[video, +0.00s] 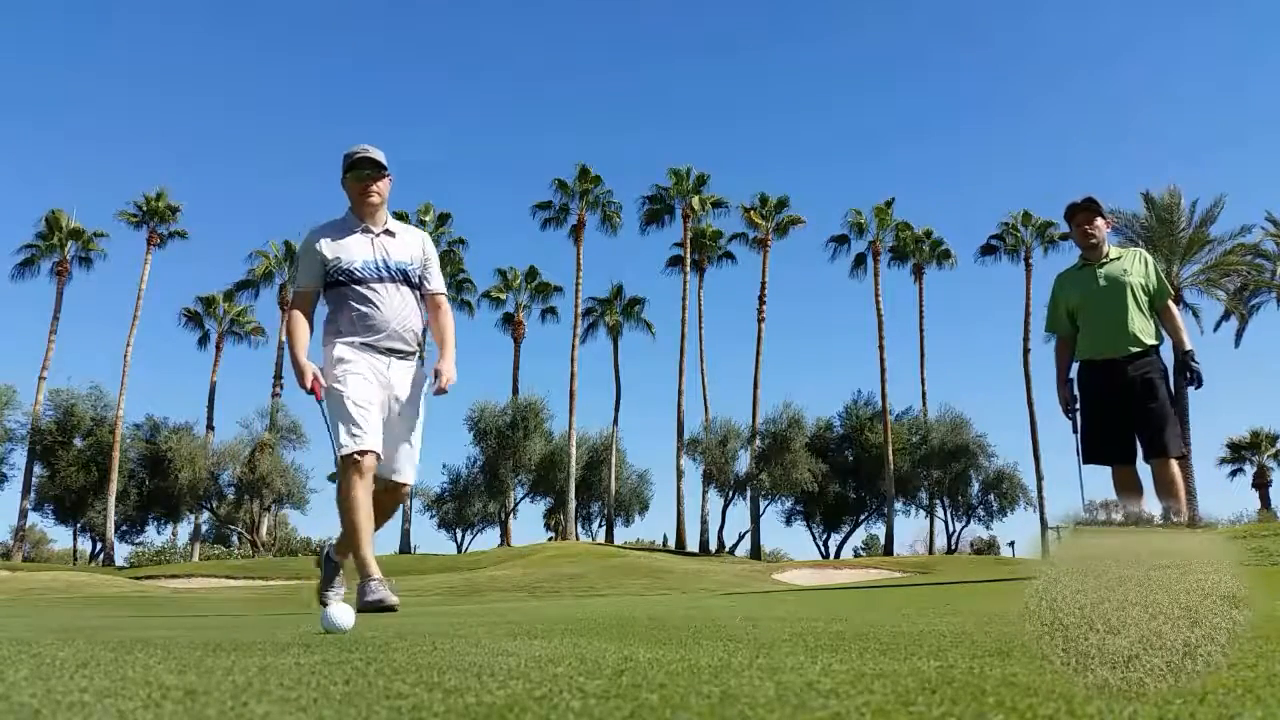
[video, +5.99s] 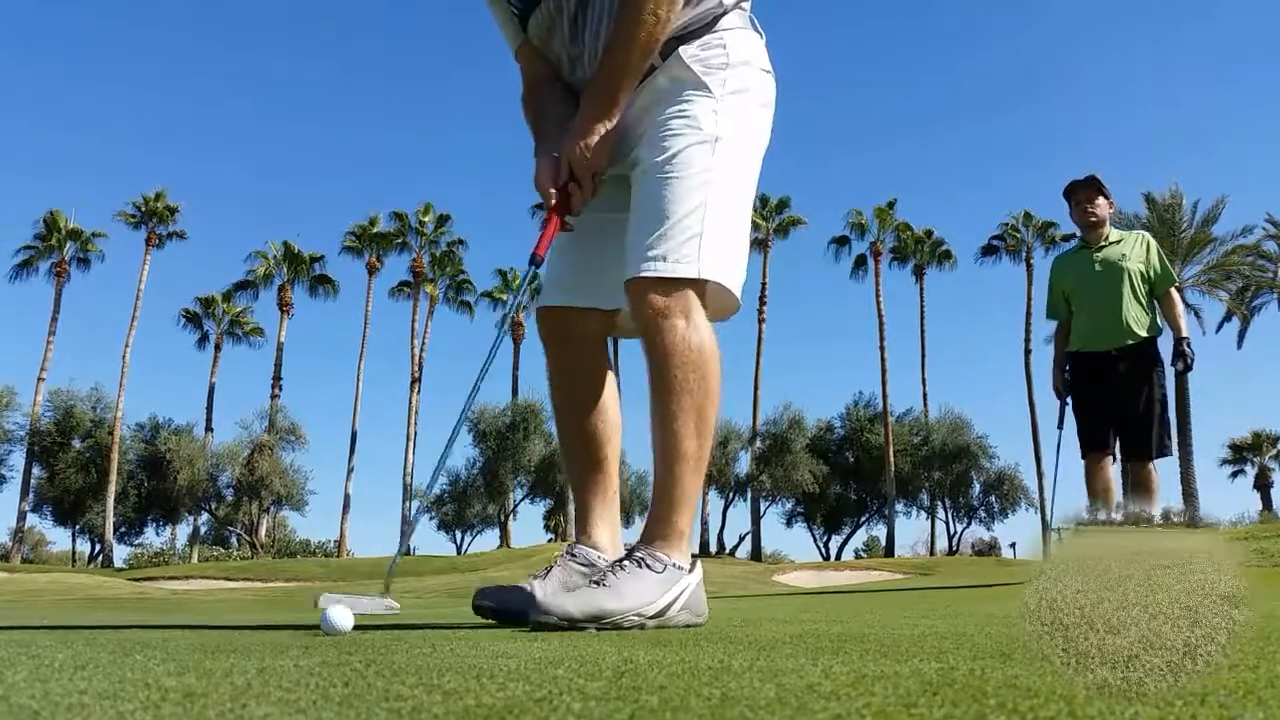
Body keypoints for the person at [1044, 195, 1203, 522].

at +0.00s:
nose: (1086, 228)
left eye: (1091, 221)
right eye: (1078, 225)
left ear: (1106, 224)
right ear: (1071, 235)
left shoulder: (1139, 260)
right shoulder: (1066, 281)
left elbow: (1166, 308)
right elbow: (1065, 337)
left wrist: (1184, 351)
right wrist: (1062, 382)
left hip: (1144, 369)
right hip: (1098, 376)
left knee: (1162, 452)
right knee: (1119, 459)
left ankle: (1178, 527)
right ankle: (1136, 531)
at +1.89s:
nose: (1096, 231)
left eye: (1099, 224)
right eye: (1087, 226)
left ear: (1106, 226)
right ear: (1070, 232)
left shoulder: (1133, 260)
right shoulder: (1061, 282)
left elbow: (1161, 301)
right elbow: (1059, 338)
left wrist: (1168, 314)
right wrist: (1056, 382)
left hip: (1140, 367)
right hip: (1094, 374)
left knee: (1161, 451)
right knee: (1117, 459)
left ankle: (1179, 528)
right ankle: (1134, 531)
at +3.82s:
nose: (1084, 232)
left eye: (1089, 226)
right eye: (1076, 229)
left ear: (1102, 230)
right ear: (1067, 239)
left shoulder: (1132, 265)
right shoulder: (1060, 286)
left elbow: (1158, 312)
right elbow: (1058, 341)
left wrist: (1172, 354)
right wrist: (1055, 387)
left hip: (1139, 373)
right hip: (1093, 380)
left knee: (1160, 456)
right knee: (1117, 463)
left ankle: (1178, 530)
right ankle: (1135, 535)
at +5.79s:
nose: (1091, 213)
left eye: (1097, 206)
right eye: (1083, 209)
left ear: (1113, 210)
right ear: (1076, 219)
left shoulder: (1144, 248)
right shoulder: (1067, 268)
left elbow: (1168, 296)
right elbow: (1063, 326)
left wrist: (1181, 337)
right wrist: (1059, 375)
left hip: (1140, 361)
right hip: (1091, 366)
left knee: (1140, 456)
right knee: (1093, 457)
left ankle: (1143, 533)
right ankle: (1107, 530)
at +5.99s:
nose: (1087, 208)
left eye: (1093, 201)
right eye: (1079, 204)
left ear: (1109, 205)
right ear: (1071, 214)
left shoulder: (1141, 243)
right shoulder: (1063, 264)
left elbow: (1167, 293)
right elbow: (1063, 321)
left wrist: (1181, 338)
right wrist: (1058, 368)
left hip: (1138, 358)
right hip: (1087, 364)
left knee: (1140, 455)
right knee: (1096, 454)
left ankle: (1145, 534)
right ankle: (1104, 534)